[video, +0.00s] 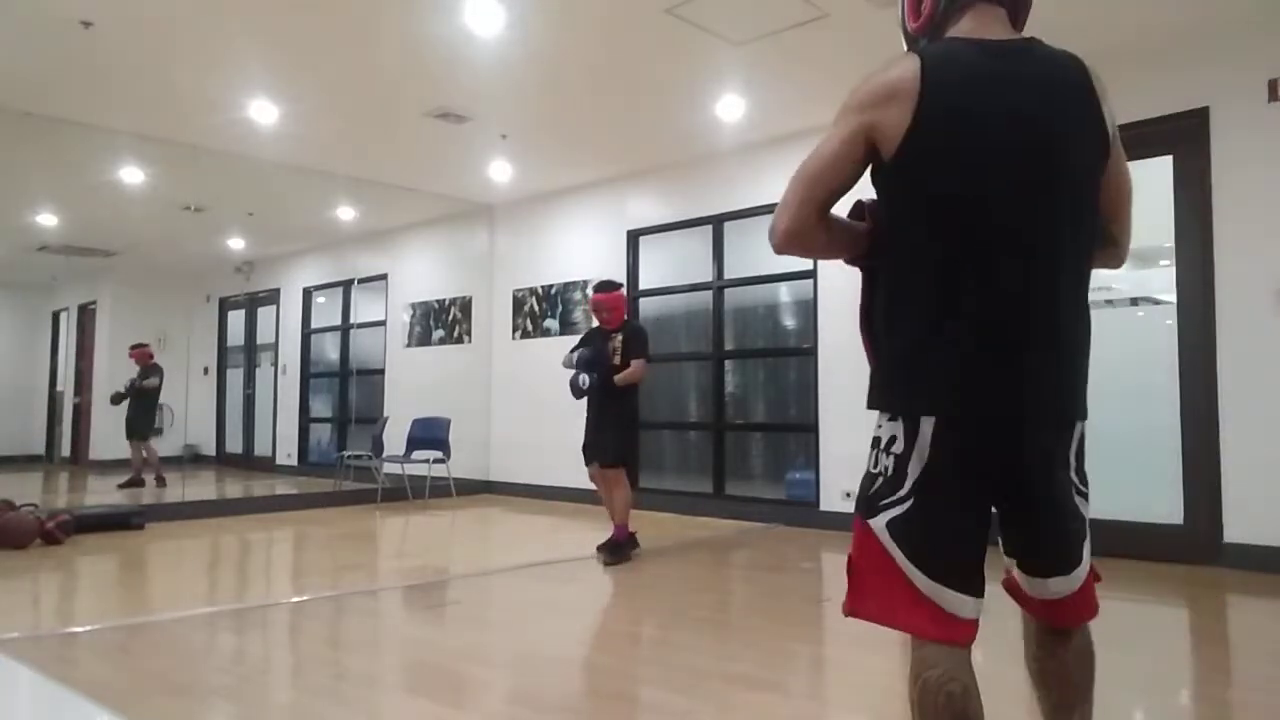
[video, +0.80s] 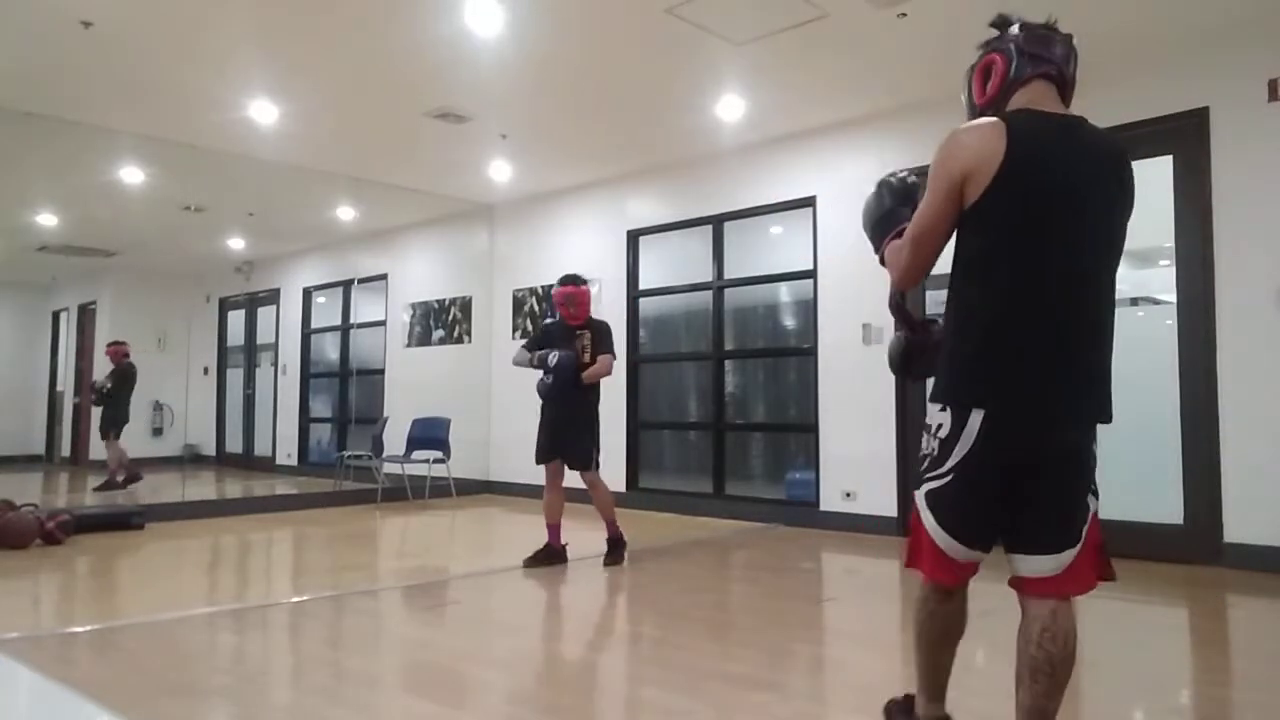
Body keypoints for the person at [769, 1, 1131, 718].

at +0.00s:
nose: (906, 21)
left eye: (908, 14)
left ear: (923, 10)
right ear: (1021, 9)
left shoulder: (895, 84)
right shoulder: (1076, 80)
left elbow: (793, 227)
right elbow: (1111, 244)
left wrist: (870, 239)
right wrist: (1009, 241)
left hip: (932, 393)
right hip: (1048, 391)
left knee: (939, 635)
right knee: (1061, 616)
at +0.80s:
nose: (975, 91)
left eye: (976, 80)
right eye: (975, 83)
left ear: (994, 73)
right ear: (1068, 83)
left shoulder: (971, 144)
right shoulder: (1111, 158)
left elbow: (906, 272)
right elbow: (1069, 272)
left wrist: (891, 235)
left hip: (979, 395)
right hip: (1072, 396)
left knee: (941, 573)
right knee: (1048, 590)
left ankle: (928, 710)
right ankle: (1037, 718)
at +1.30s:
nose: (975, 143)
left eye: (976, 132)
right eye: (973, 134)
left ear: (991, 126)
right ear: (1055, 126)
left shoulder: (978, 196)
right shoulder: (1115, 182)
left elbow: (933, 317)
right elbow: (1120, 289)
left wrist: (913, 280)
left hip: (1015, 408)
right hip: (1100, 404)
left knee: (1020, 570)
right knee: (1081, 568)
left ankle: (1044, 704)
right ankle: (1041, 697)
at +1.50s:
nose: (987, 149)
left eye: (988, 138)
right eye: (987, 140)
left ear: (1004, 134)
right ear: (1063, 133)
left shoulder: (990, 210)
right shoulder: (1121, 184)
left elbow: (934, 316)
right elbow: (1168, 285)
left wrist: (940, 282)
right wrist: (1094, 285)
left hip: (1032, 412)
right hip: (1117, 408)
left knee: (1030, 563)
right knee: (1137, 556)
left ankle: (1044, 706)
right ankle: (1128, 682)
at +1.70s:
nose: (1019, 146)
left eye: (1021, 135)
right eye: (1018, 137)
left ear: (1038, 131)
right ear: (1093, 128)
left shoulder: (1023, 203)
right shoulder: (1150, 186)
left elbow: (991, 315)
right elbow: (1175, 289)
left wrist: (1048, 287)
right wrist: (1112, 279)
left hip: (1056, 407)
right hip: (1140, 403)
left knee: (1040, 557)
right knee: (1179, 551)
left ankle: (1044, 704)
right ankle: (1247, 691)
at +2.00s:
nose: (1098, 176)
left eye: (1098, 163)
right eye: (1095, 166)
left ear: (1121, 137)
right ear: (1155, 136)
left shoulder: (1127, 195)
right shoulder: (1222, 201)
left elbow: (1066, 299)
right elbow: (1168, 281)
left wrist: (1054, 352)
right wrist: (1076, 265)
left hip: (1146, 403)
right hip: (1221, 404)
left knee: (1087, 542)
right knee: (1229, 557)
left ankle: (1073, 695)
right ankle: (1258, 699)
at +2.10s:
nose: (1114, 174)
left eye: (1114, 158)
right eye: (1109, 163)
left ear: (1145, 134)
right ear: (1169, 135)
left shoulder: (1157, 189)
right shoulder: (1224, 194)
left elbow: (1086, 294)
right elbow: (1177, 280)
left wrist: (1077, 340)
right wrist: (1106, 245)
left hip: (1172, 400)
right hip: (1236, 399)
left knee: (1127, 543)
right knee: (1242, 552)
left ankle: (1128, 697)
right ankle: (1261, 697)